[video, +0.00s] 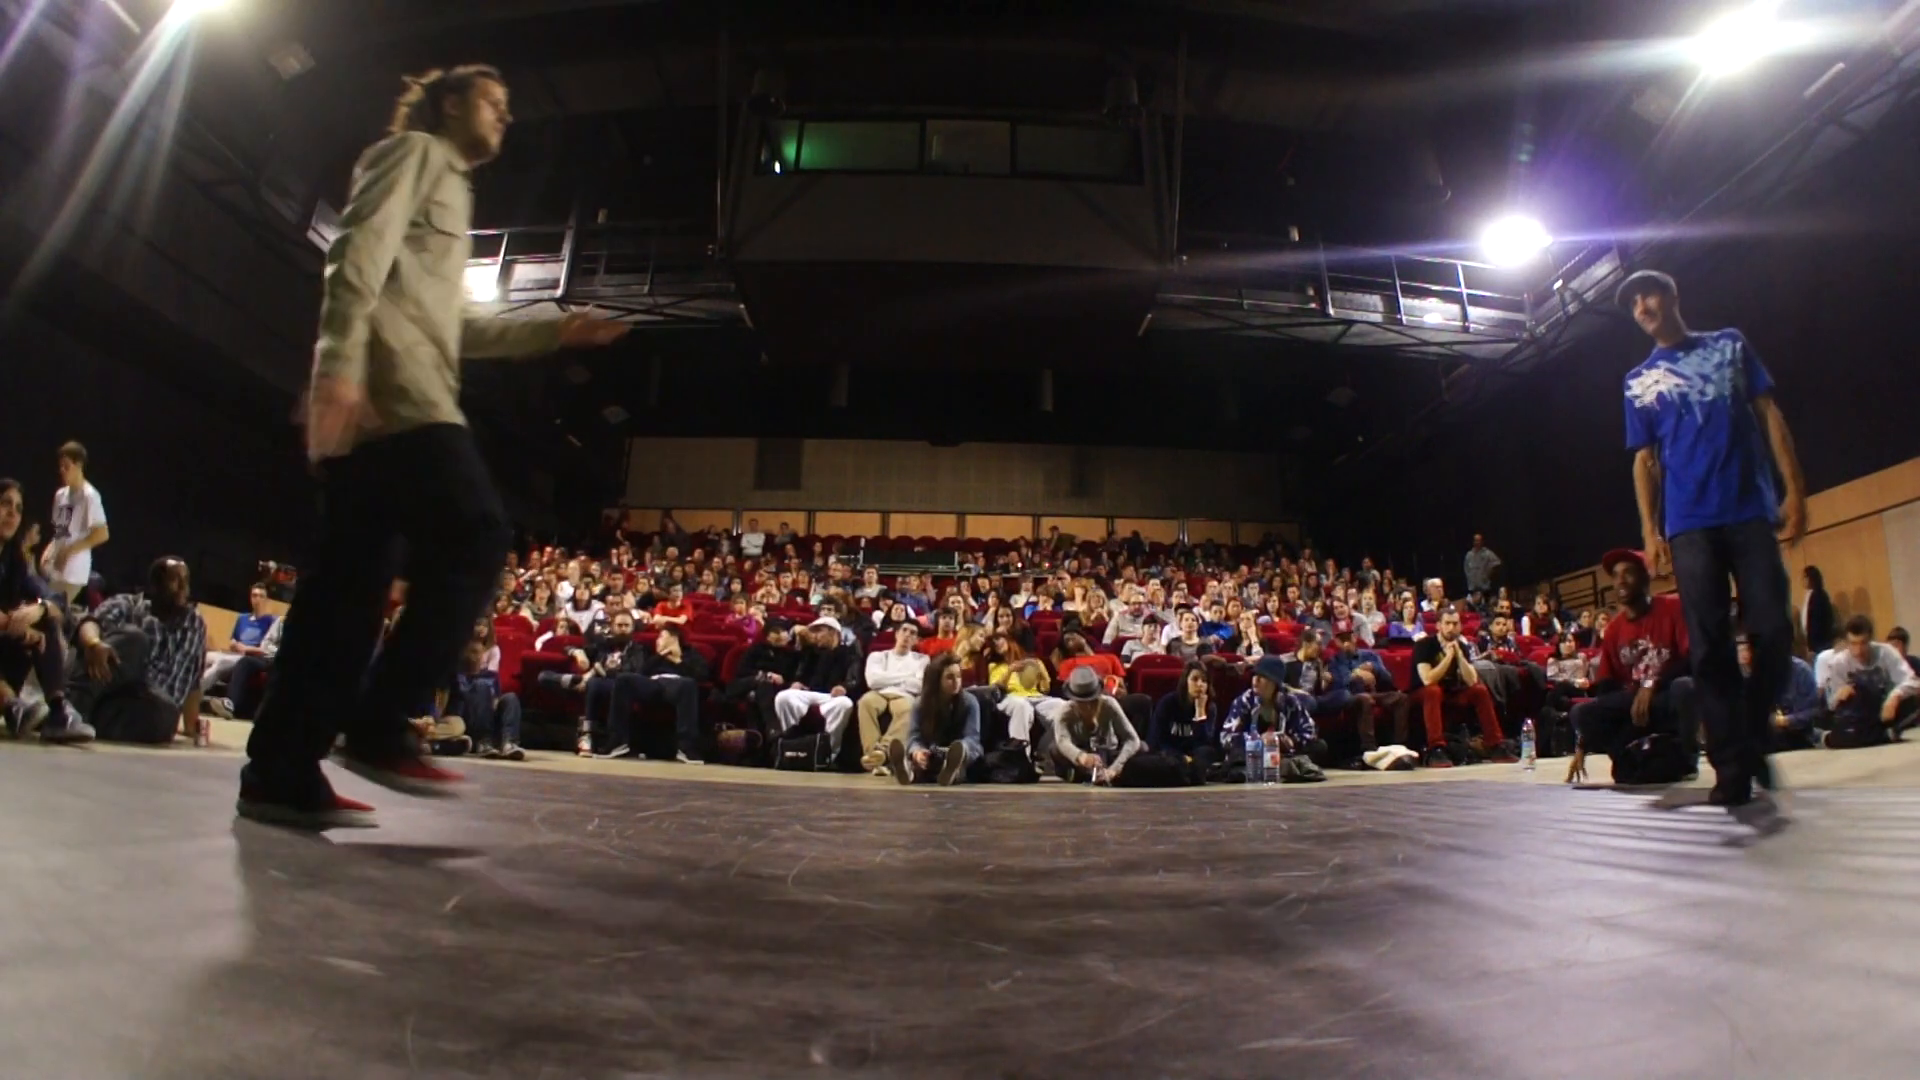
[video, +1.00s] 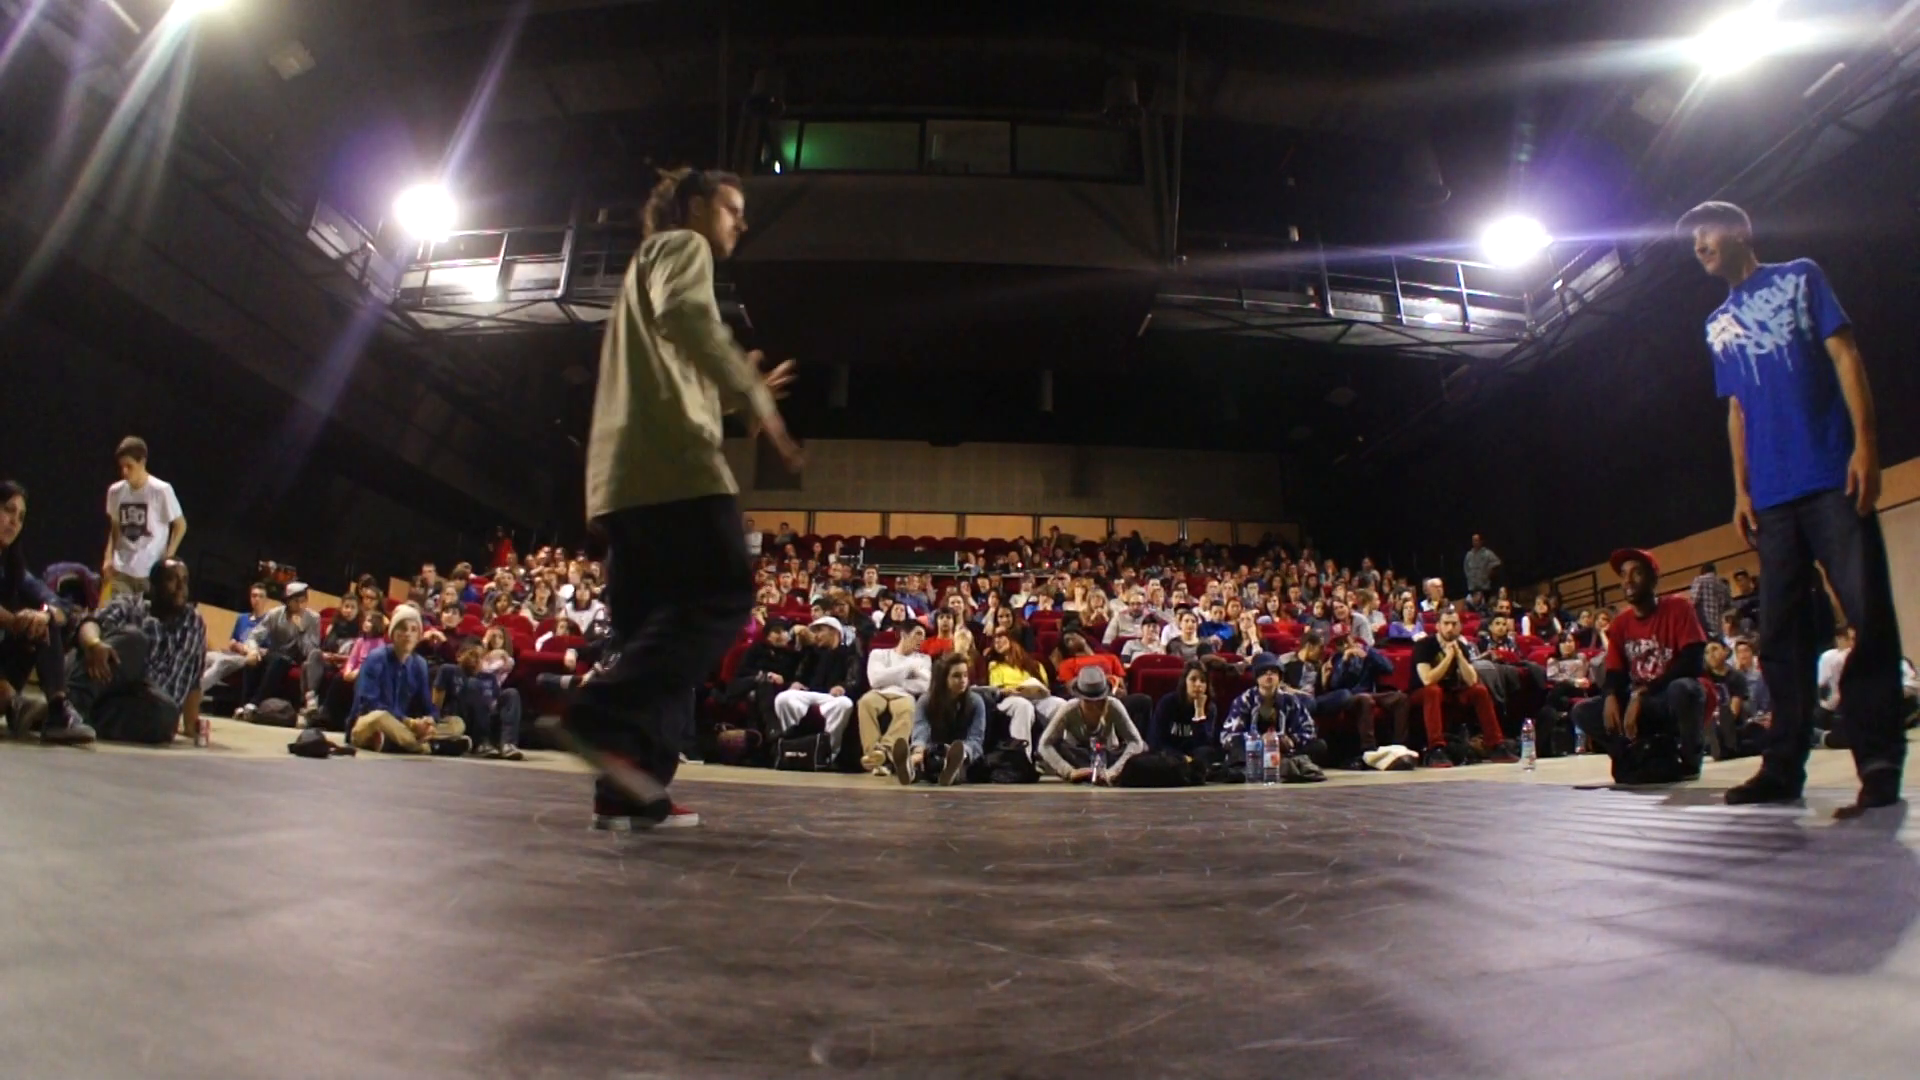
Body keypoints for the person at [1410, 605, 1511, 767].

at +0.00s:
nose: (1451, 628)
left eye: (1455, 624)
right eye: (1447, 623)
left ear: (1460, 626)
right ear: (1439, 626)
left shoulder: (1463, 646)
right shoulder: (1424, 646)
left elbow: (1472, 681)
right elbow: (1427, 678)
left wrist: (1459, 654)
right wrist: (1448, 657)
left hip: (1455, 691)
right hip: (1428, 693)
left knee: (1480, 691)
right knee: (1433, 691)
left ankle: (1496, 745)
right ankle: (1436, 748)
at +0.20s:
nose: (1451, 628)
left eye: (1455, 624)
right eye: (1447, 624)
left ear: (1460, 627)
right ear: (1438, 626)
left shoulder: (1462, 646)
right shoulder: (1424, 645)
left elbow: (1472, 681)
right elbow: (1427, 678)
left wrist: (1458, 654)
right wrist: (1448, 657)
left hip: (1455, 691)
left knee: (1480, 691)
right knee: (1433, 691)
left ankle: (1496, 745)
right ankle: (1436, 748)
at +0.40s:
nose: (1451, 628)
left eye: (1455, 624)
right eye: (1447, 624)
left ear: (1460, 627)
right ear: (1438, 626)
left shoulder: (1462, 646)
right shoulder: (1424, 645)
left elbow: (1472, 681)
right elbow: (1427, 678)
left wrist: (1459, 654)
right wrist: (1448, 657)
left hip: (1454, 692)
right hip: (1428, 693)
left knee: (1480, 691)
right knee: (1433, 691)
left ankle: (1496, 745)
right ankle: (1436, 748)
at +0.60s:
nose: (1451, 628)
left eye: (1455, 624)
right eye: (1447, 623)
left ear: (1460, 627)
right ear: (1439, 626)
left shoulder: (1462, 647)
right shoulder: (1424, 646)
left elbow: (1471, 681)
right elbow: (1427, 678)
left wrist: (1459, 655)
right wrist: (1449, 657)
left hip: (1454, 692)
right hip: (1428, 693)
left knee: (1480, 691)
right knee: (1433, 691)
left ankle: (1496, 745)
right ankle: (1436, 748)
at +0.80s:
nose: (1450, 629)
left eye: (1454, 624)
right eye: (1446, 624)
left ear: (1460, 627)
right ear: (1438, 626)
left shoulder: (1462, 646)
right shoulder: (1423, 646)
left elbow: (1471, 681)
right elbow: (1427, 678)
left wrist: (1458, 654)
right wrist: (1448, 657)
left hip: (1455, 692)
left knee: (1480, 691)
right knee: (1433, 691)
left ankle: (1496, 745)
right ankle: (1436, 748)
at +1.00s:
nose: (1450, 628)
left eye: (1454, 624)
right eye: (1446, 624)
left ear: (1460, 627)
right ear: (1438, 626)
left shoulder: (1462, 646)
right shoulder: (1423, 646)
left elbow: (1472, 681)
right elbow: (1427, 678)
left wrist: (1459, 655)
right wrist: (1449, 657)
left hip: (1454, 692)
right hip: (1428, 693)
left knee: (1480, 691)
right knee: (1433, 691)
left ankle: (1497, 745)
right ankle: (1436, 748)